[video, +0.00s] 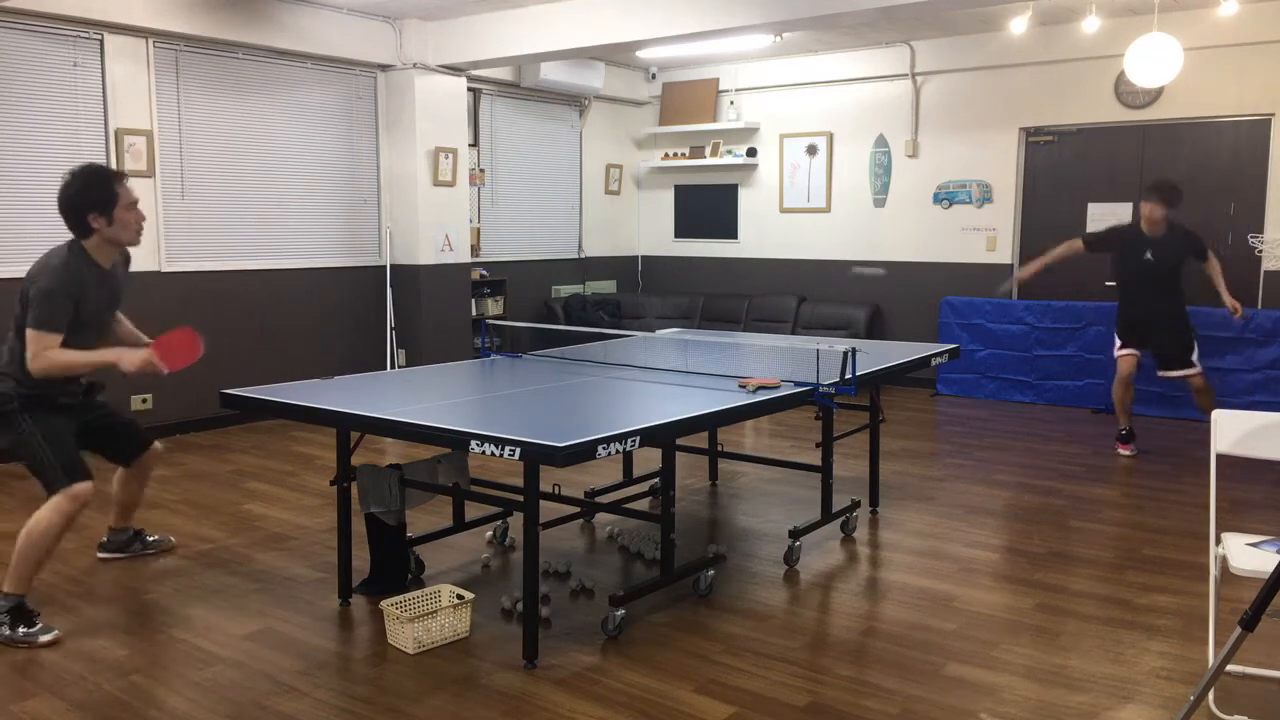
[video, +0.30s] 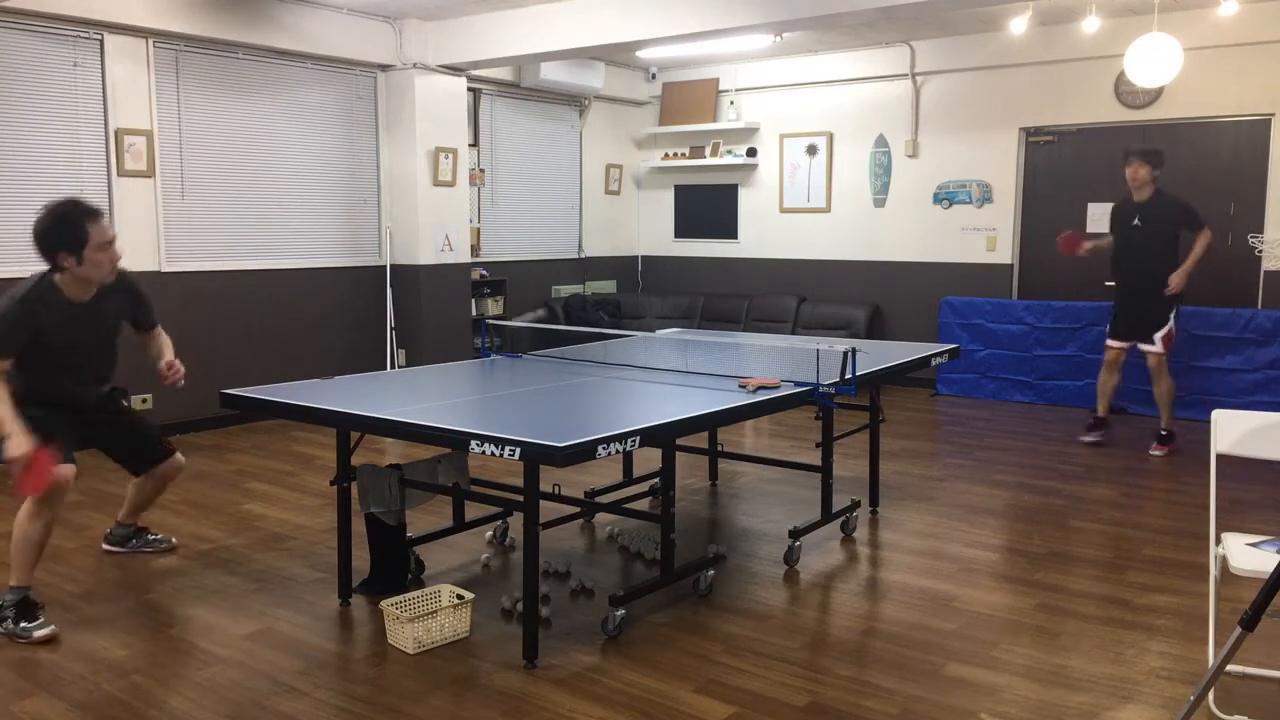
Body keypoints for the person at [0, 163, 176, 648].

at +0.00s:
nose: (141, 214)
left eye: (136, 204)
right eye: (130, 209)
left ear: (105, 221)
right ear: (97, 223)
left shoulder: (116, 260)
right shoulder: (56, 275)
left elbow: (104, 316)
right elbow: (39, 361)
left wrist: (149, 346)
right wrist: (119, 357)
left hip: (72, 393)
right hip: (25, 400)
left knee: (143, 453)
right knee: (74, 489)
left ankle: (120, 535)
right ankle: (9, 606)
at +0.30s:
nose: (116, 252)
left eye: (113, 242)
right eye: (104, 246)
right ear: (67, 261)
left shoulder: (120, 289)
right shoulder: (26, 308)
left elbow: (153, 333)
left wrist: (166, 359)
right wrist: (14, 431)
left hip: (96, 402)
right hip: (39, 408)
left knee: (167, 464)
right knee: (57, 475)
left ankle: (124, 530)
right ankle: (16, 598)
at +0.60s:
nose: (47, 260)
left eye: (47, 247)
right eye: (33, 255)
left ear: (52, 241)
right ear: (7, 266)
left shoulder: (79, 276)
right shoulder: (5, 308)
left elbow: (137, 287)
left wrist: (189, 315)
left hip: (96, 404)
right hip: (33, 412)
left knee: (155, 482)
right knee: (60, 493)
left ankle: (125, 528)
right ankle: (17, 602)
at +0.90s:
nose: (39, 135)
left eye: (38, 125)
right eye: (24, 128)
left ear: (34, 126)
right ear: (1, 137)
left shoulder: (37, 191)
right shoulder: (11, 184)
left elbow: (83, 250)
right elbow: (75, 152)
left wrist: (144, 231)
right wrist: (60, 91)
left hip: (77, 341)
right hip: (37, 348)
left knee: (114, 453)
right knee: (78, 484)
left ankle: (75, 548)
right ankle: (10, 592)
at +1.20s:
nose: (91, 161)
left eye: (86, 151)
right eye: (79, 153)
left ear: (49, 168)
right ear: (46, 167)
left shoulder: (50, 224)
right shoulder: (30, 226)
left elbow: (63, 299)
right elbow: (102, 272)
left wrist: (122, 293)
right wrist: (150, 214)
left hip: (65, 385)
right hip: (34, 390)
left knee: (112, 468)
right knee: (74, 500)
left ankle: (58, 567)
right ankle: (10, 633)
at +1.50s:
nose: (136, 173)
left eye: (131, 163)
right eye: (125, 165)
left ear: (93, 180)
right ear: (94, 179)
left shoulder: (85, 231)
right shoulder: (57, 236)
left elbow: (75, 310)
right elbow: (76, 327)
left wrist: (123, 323)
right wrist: (155, 303)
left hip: (52, 378)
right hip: (15, 387)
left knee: (105, 454)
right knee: (53, 494)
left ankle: (95, 548)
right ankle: (10, 622)